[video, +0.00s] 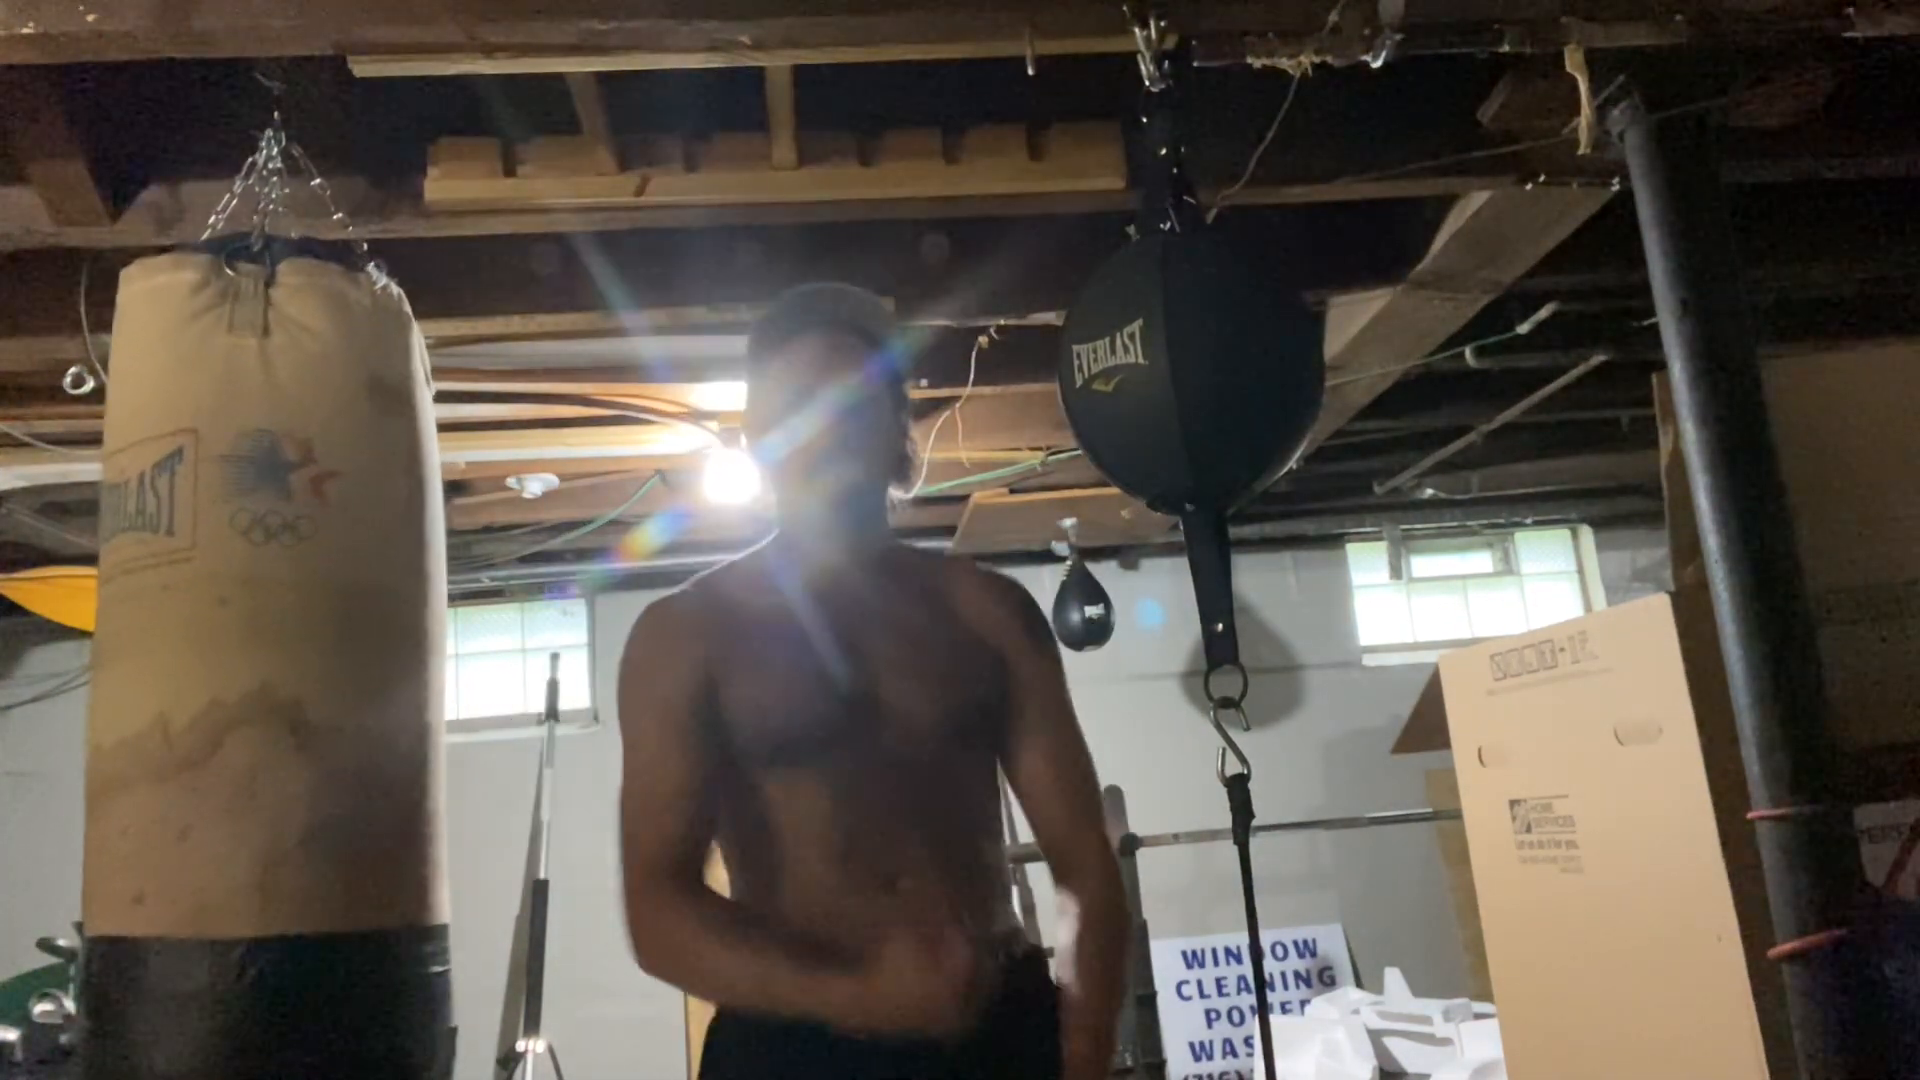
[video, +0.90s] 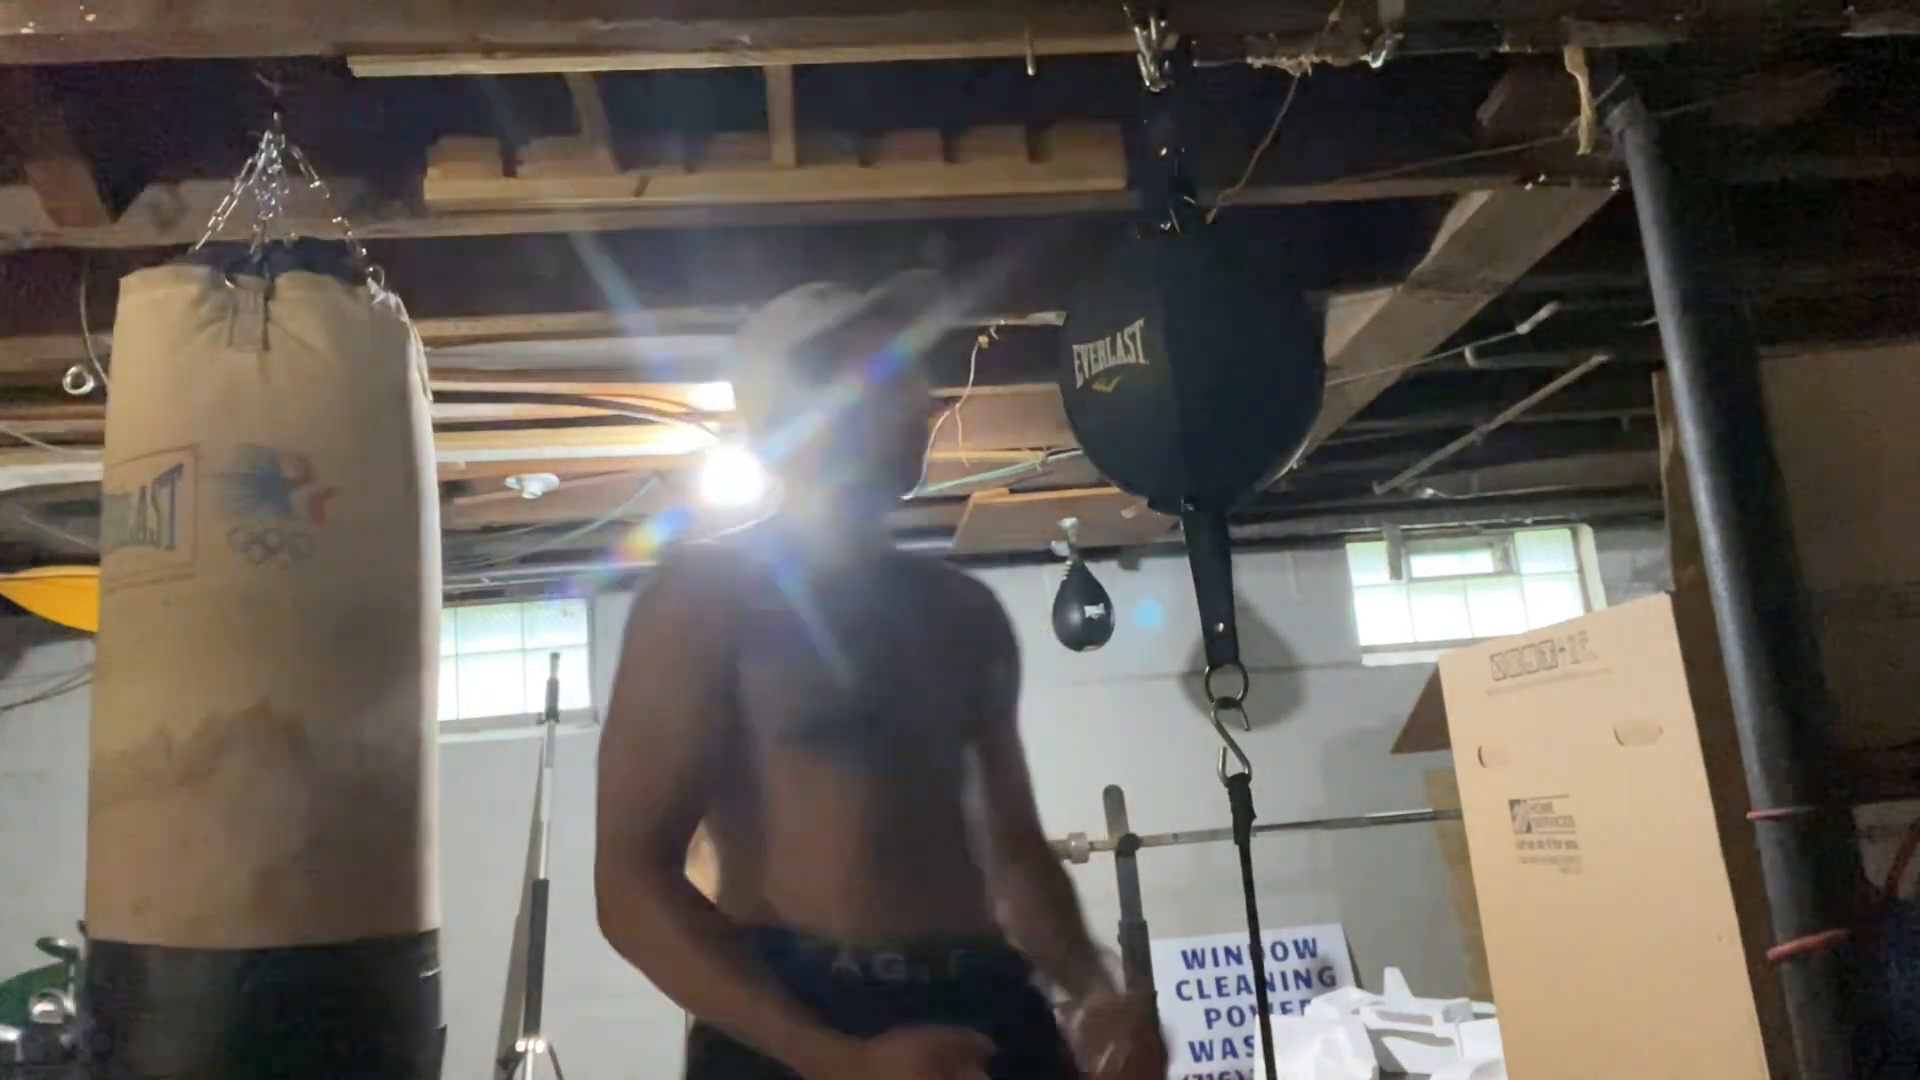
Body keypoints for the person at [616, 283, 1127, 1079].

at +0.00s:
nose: (827, 430)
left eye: (853, 402)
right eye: (797, 407)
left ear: (902, 436)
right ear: (755, 441)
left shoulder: (989, 612)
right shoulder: (686, 636)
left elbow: (1093, 879)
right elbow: (662, 920)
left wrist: (1084, 1054)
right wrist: (858, 997)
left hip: (998, 1031)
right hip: (794, 1044)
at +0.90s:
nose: (926, 404)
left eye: (920, 379)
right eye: (884, 377)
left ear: (924, 405)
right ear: (797, 410)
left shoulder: (966, 612)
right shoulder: (710, 592)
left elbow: (1018, 853)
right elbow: (634, 887)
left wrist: (1099, 992)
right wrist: (834, 1057)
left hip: (988, 1021)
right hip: (792, 1028)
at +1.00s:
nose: (982, 397)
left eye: (972, 370)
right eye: (948, 369)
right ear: (855, 393)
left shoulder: (1006, 591)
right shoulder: (735, 585)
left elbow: (1048, 812)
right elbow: (636, 865)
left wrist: (1162, 934)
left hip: (1008, 1011)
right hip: (816, 1024)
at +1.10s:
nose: (990, 392)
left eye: (981, 367)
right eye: (954, 365)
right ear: (858, 391)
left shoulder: (1024, 586)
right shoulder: (737, 585)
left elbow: (1084, 792)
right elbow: (617, 857)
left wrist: (1217, 932)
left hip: (1014, 1001)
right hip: (818, 1006)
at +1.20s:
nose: (966, 393)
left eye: (958, 368)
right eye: (930, 369)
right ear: (835, 404)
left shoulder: (1010, 575)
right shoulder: (733, 587)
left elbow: (1105, 749)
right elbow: (625, 831)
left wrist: (1216, 847)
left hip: (1014, 1000)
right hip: (820, 1009)